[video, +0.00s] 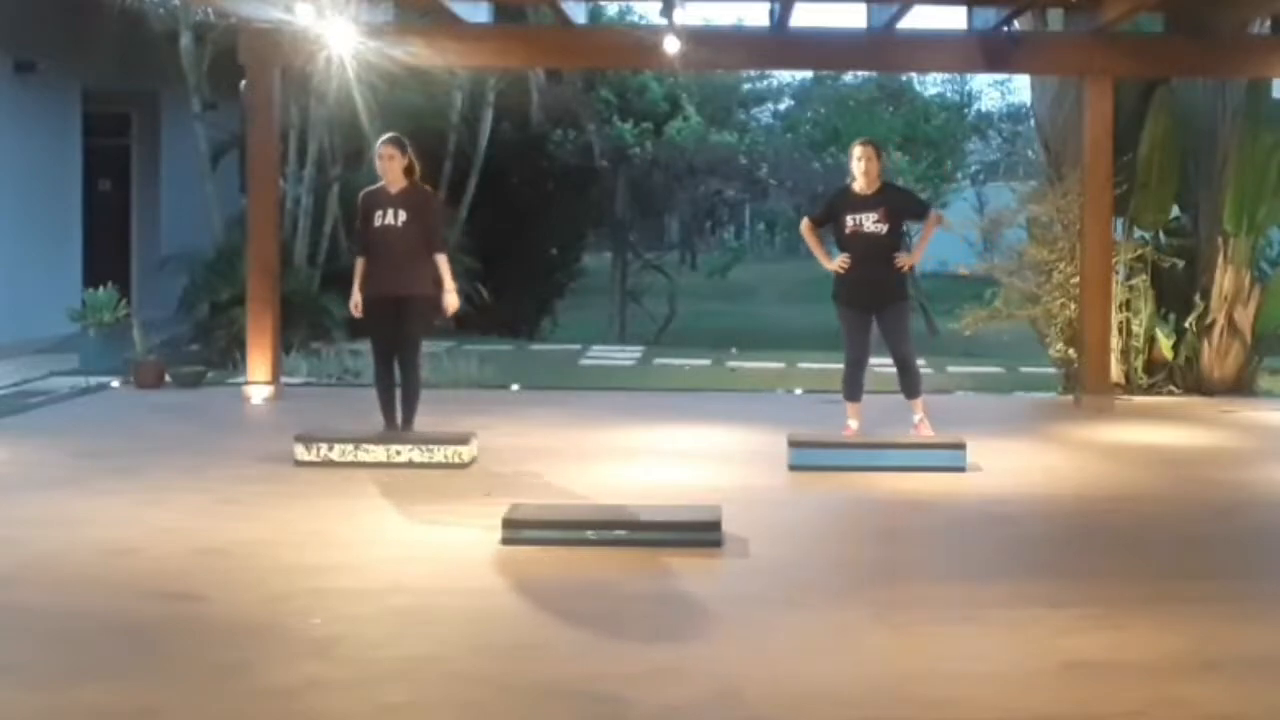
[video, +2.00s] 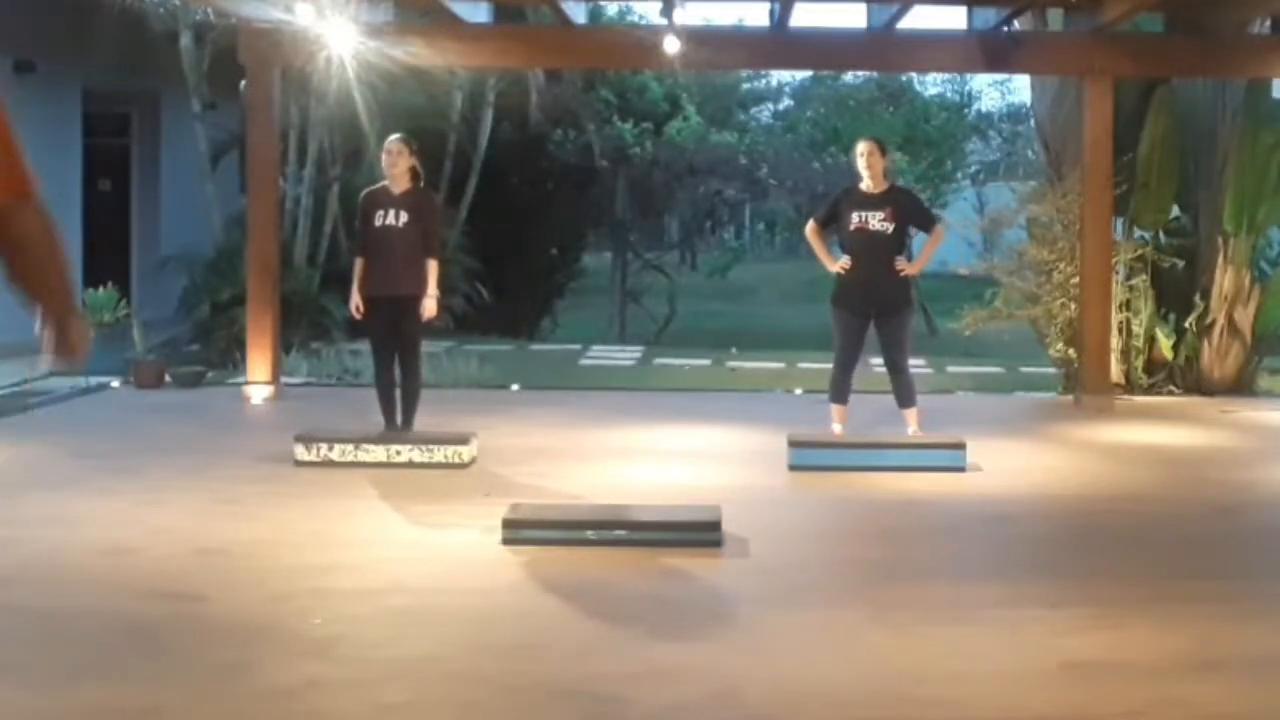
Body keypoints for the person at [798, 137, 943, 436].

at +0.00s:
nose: (863, 164)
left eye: (868, 158)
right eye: (858, 159)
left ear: (879, 163)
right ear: (851, 165)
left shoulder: (896, 196)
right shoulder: (839, 199)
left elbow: (933, 218)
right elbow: (807, 226)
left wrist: (916, 255)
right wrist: (827, 260)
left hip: (890, 283)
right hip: (852, 285)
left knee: (902, 353)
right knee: (855, 355)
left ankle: (919, 416)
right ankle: (853, 419)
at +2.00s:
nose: (866, 160)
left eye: (871, 155)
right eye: (861, 156)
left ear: (884, 160)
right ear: (855, 162)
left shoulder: (902, 198)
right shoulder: (845, 198)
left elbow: (938, 230)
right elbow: (811, 228)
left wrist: (919, 264)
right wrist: (830, 261)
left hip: (892, 287)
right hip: (852, 287)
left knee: (897, 362)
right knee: (845, 359)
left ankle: (913, 429)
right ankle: (838, 430)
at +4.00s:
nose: (876, 162)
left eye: (882, 157)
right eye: (871, 156)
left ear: (890, 162)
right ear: (861, 160)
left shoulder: (905, 198)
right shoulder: (844, 199)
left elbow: (941, 226)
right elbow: (814, 230)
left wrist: (922, 264)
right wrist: (834, 263)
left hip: (897, 287)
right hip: (856, 287)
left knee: (901, 361)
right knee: (848, 359)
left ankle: (914, 429)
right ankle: (837, 429)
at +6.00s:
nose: (883, 175)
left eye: (888, 169)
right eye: (878, 168)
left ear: (894, 170)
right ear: (866, 167)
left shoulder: (904, 200)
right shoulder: (846, 200)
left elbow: (940, 226)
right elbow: (814, 232)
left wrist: (923, 262)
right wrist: (833, 268)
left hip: (898, 287)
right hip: (861, 288)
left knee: (891, 360)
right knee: (869, 360)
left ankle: (889, 425)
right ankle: (860, 424)